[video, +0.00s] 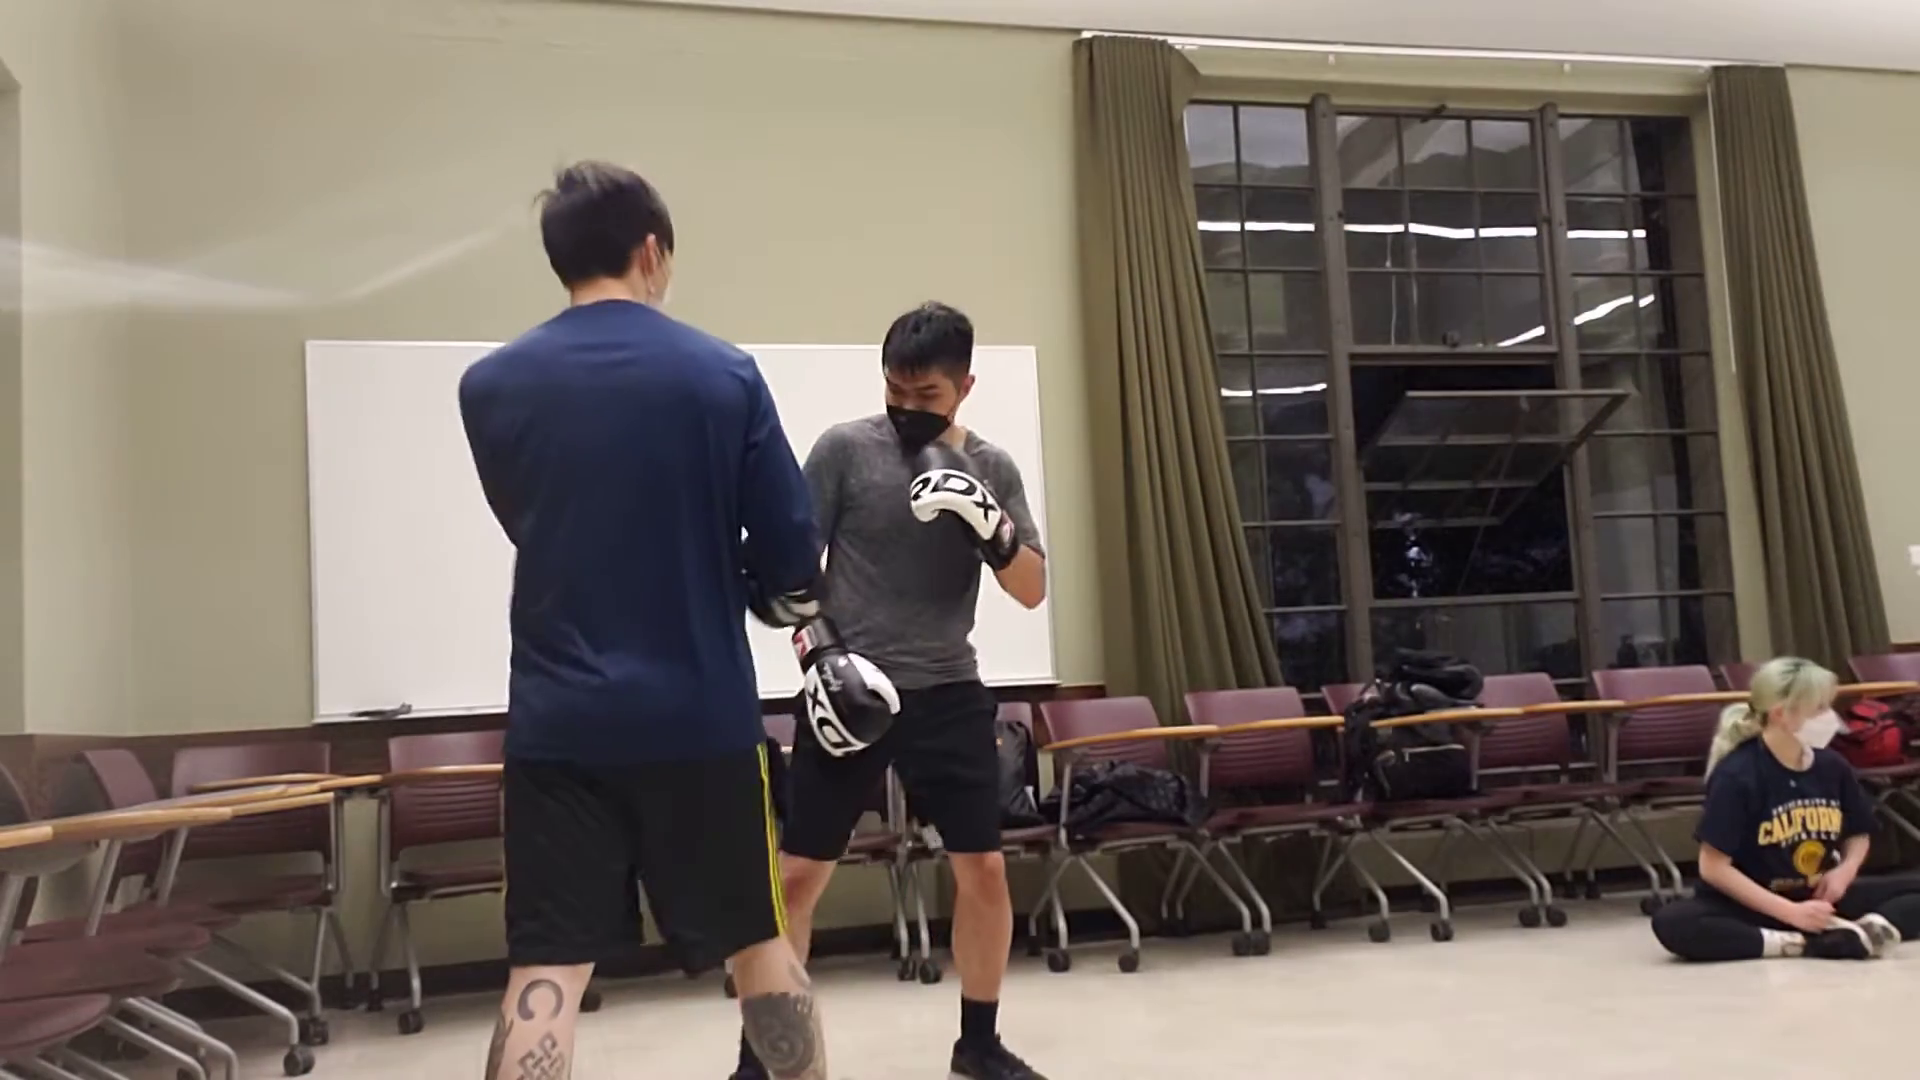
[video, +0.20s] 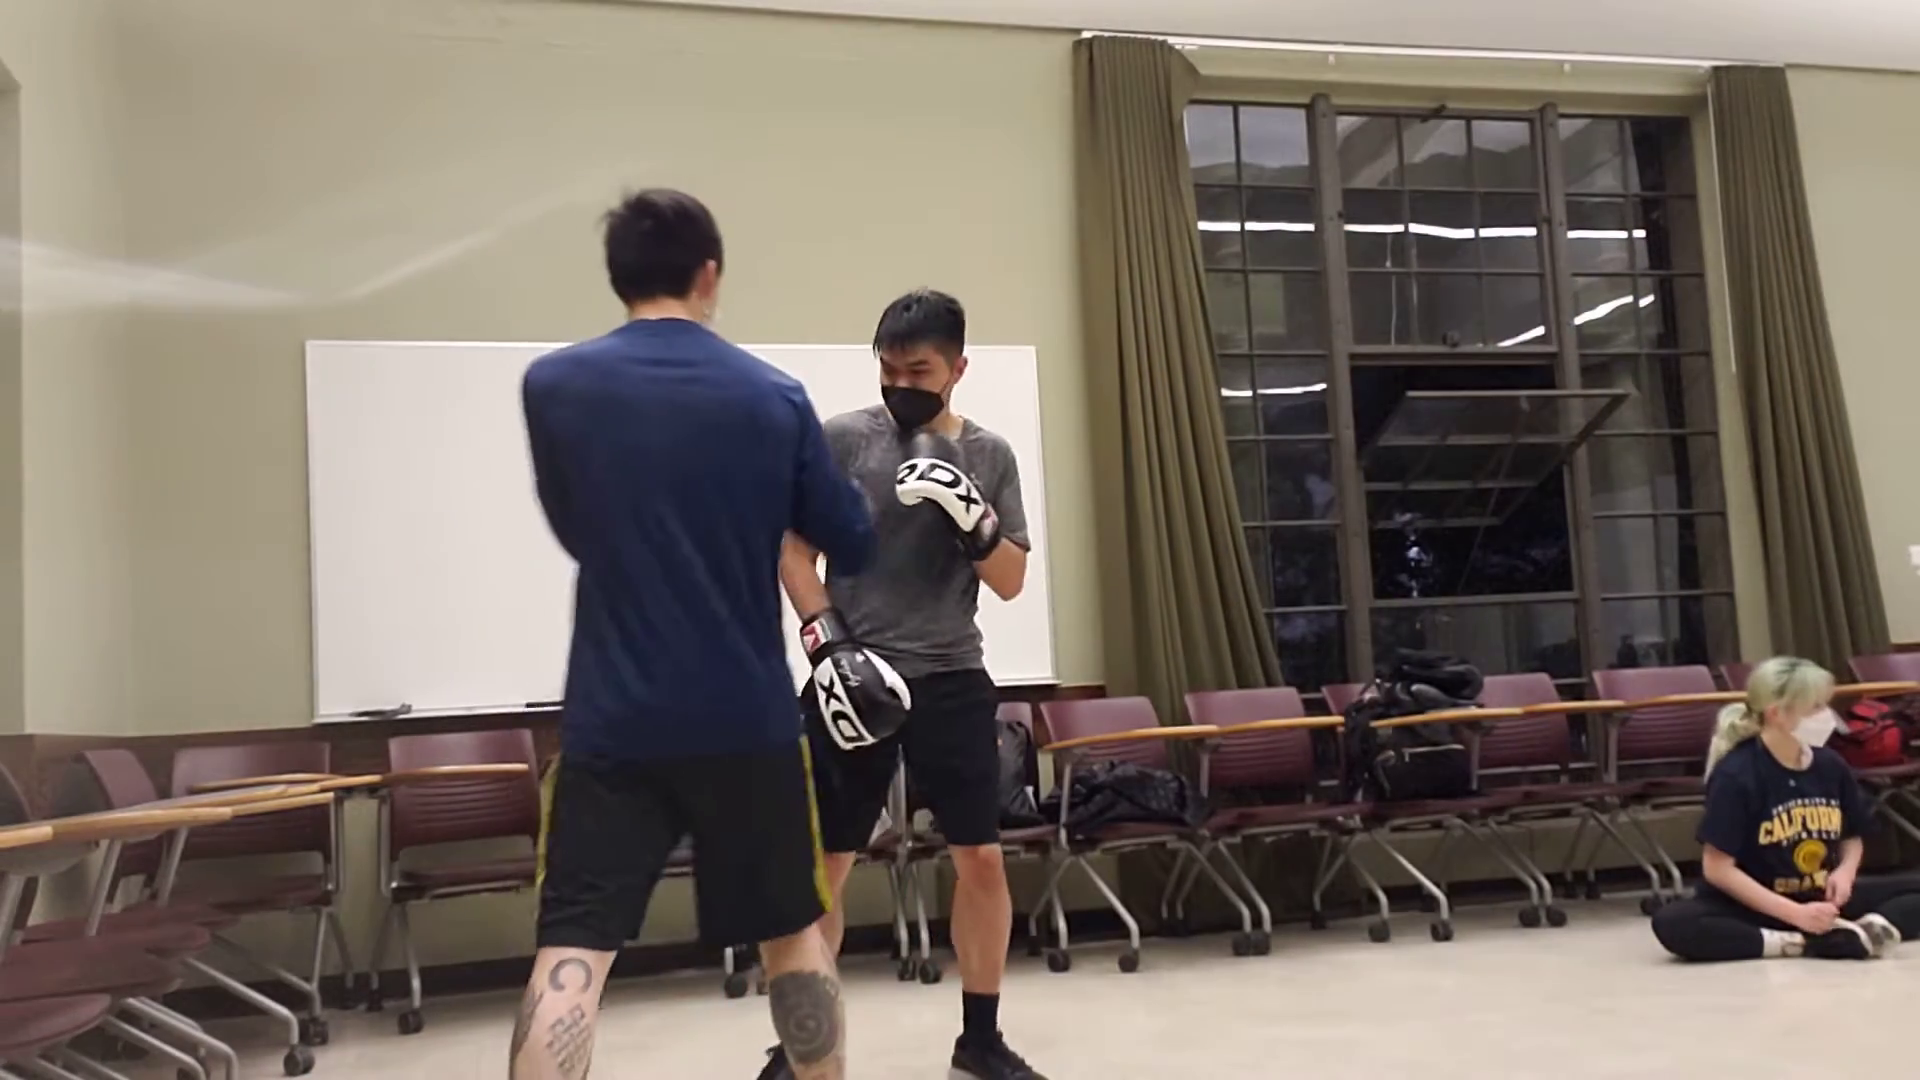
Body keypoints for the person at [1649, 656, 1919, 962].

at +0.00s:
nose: (1832, 718)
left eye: (1829, 707)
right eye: (1820, 710)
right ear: (1780, 715)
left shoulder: (1833, 767)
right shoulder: (1737, 774)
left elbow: (1860, 832)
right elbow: (1711, 867)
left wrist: (1844, 872)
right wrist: (1790, 912)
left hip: (1824, 897)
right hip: (1752, 905)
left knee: (1916, 890)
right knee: (1670, 923)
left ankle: (1857, 934)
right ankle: (1794, 945)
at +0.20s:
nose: (1827, 717)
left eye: (1825, 707)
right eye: (1816, 709)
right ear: (1776, 714)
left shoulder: (1831, 765)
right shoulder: (1736, 774)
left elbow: (1852, 834)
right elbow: (1716, 868)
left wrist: (1846, 871)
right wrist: (1795, 913)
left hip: (1825, 897)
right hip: (1754, 906)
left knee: (1916, 891)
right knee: (1670, 923)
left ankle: (1861, 934)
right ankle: (1792, 944)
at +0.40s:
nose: (1830, 716)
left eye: (1828, 706)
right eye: (1817, 708)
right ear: (1778, 714)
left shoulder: (1833, 769)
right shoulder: (1738, 776)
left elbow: (1853, 842)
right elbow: (1720, 871)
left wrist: (1855, 881)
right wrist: (1799, 919)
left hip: (1827, 902)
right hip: (1756, 907)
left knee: (1915, 898)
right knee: (1671, 922)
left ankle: (1861, 936)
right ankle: (1793, 944)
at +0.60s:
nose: (1830, 716)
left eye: (1829, 705)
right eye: (1817, 707)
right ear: (1777, 712)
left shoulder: (1836, 772)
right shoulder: (1740, 775)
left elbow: (1857, 852)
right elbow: (1724, 870)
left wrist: (1859, 899)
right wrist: (1801, 920)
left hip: (1828, 903)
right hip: (1755, 908)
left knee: (1916, 899)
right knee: (1672, 922)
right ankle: (1792, 944)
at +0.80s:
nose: (1830, 716)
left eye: (1831, 705)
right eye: (1817, 707)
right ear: (1777, 711)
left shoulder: (1838, 774)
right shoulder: (1742, 774)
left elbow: (1857, 855)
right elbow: (1729, 870)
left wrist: (1861, 905)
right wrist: (1803, 924)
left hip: (1827, 906)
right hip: (1753, 909)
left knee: (1916, 902)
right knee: (1672, 922)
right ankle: (1793, 944)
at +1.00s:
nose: (1832, 716)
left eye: (1832, 705)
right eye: (1818, 707)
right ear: (1777, 711)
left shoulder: (1838, 774)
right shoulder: (1743, 775)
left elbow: (1856, 855)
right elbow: (1729, 870)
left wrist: (1861, 905)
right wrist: (1803, 925)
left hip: (1826, 907)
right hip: (1752, 910)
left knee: (1915, 901)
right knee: (1671, 922)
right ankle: (1792, 943)